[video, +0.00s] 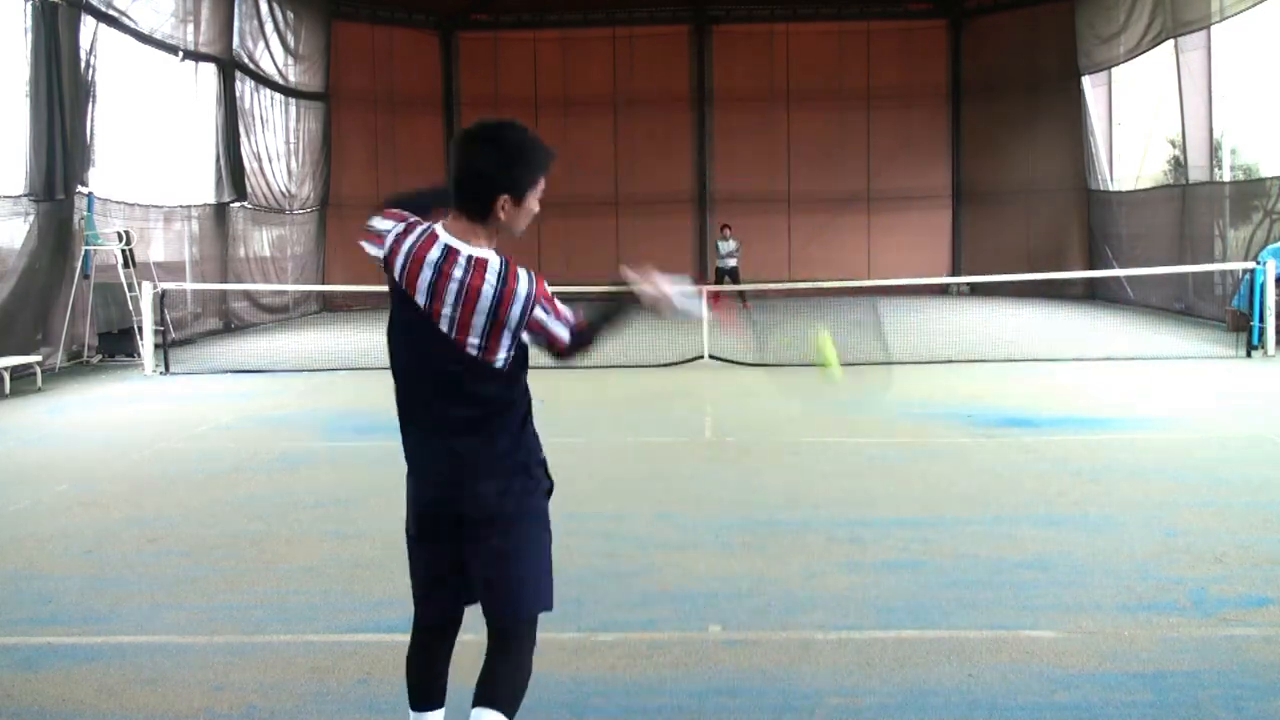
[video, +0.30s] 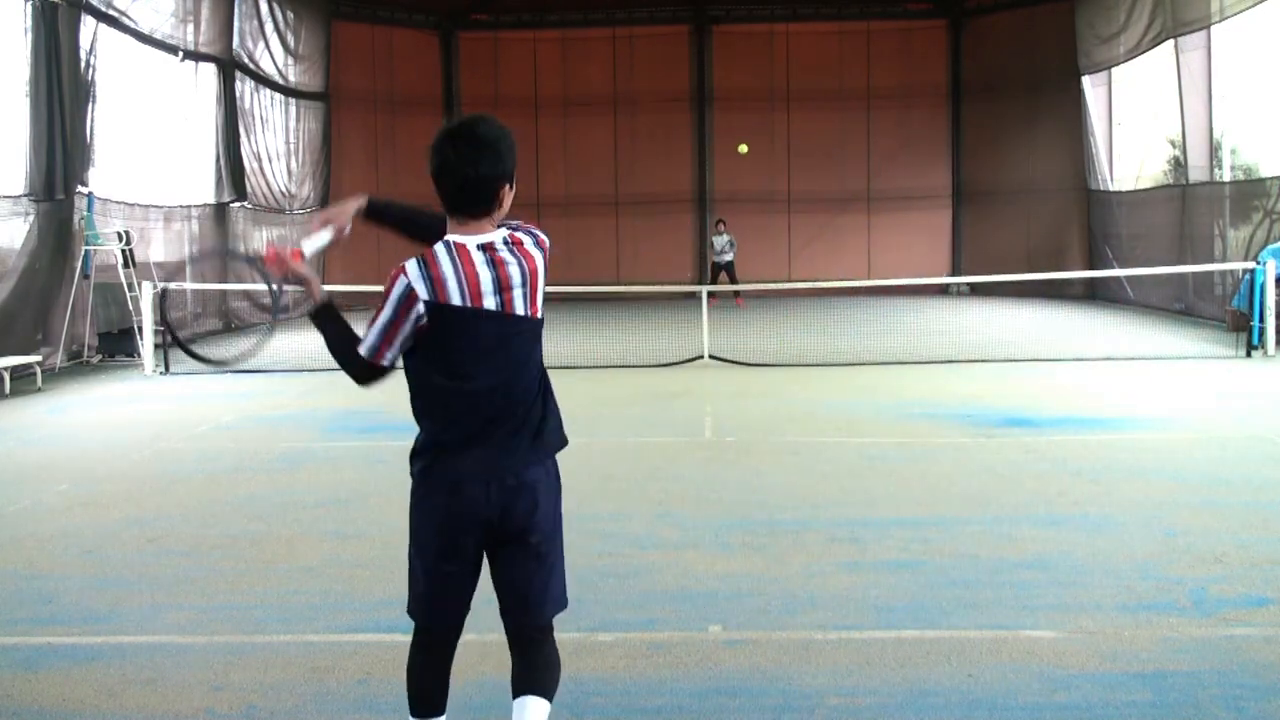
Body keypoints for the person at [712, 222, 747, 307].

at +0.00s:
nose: (726, 233)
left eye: (728, 231)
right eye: (724, 231)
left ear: (730, 232)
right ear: (721, 233)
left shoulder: (735, 242)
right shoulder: (718, 242)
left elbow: (737, 254)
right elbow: (720, 254)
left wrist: (725, 254)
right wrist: (733, 252)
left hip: (733, 266)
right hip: (721, 266)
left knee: (738, 285)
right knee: (718, 285)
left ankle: (744, 302)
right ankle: (715, 302)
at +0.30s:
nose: (721, 228)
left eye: (722, 225)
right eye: (719, 226)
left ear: (724, 227)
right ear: (716, 228)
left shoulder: (729, 237)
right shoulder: (713, 238)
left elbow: (734, 247)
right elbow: (713, 249)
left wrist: (729, 252)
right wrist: (721, 251)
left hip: (728, 260)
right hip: (717, 261)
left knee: (733, 279)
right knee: (713, 279)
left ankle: (737, 296)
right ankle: (712, 297)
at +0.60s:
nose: (725, 235)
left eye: (727, 233)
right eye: (724, 233)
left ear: (730, 234)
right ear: (722, 234)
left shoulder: (734, 243)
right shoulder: (720, 243)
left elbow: (731, 254)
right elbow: (716, 254)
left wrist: (720, 251)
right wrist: (715, 249)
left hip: (733, 265)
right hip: (723, 265)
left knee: (734, 282)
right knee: (717, 282)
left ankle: (739, 299)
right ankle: (711, 297)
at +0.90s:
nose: (736, 234)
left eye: (737, 231)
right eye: (734, 232)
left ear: (740, 232)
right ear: (731, 233)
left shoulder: (743, 241)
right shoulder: (731, 242)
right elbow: (725, 247)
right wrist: (713, 248)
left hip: (749, 262)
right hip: (740, 264)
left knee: (749, 279)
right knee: (741, 281)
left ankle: (751, 296)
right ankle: (748, 295)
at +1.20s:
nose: (744, 236)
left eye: (745, 233)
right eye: (742, 234)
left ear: (748, 234)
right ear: (740, 235)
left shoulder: (753, 242)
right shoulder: (742, 246)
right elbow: (741, 257)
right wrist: (733, 262)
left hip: (759, 265)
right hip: (749, 268)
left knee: (765, 282)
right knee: (746, 284)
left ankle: (777, 296)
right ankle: (753, 299)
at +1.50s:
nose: (762, 224)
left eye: (763, 222)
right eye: (760, 222)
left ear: (765, 223)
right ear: (757, 223)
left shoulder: (770, 232)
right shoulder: (755, 232)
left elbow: (779, 232)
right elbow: (753, 228)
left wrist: (786, 229)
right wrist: (763, 220)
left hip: (768, 255)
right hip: (758, 255)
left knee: (775, 276)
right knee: (752, 276)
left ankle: (779, 293)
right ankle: (747, 293)